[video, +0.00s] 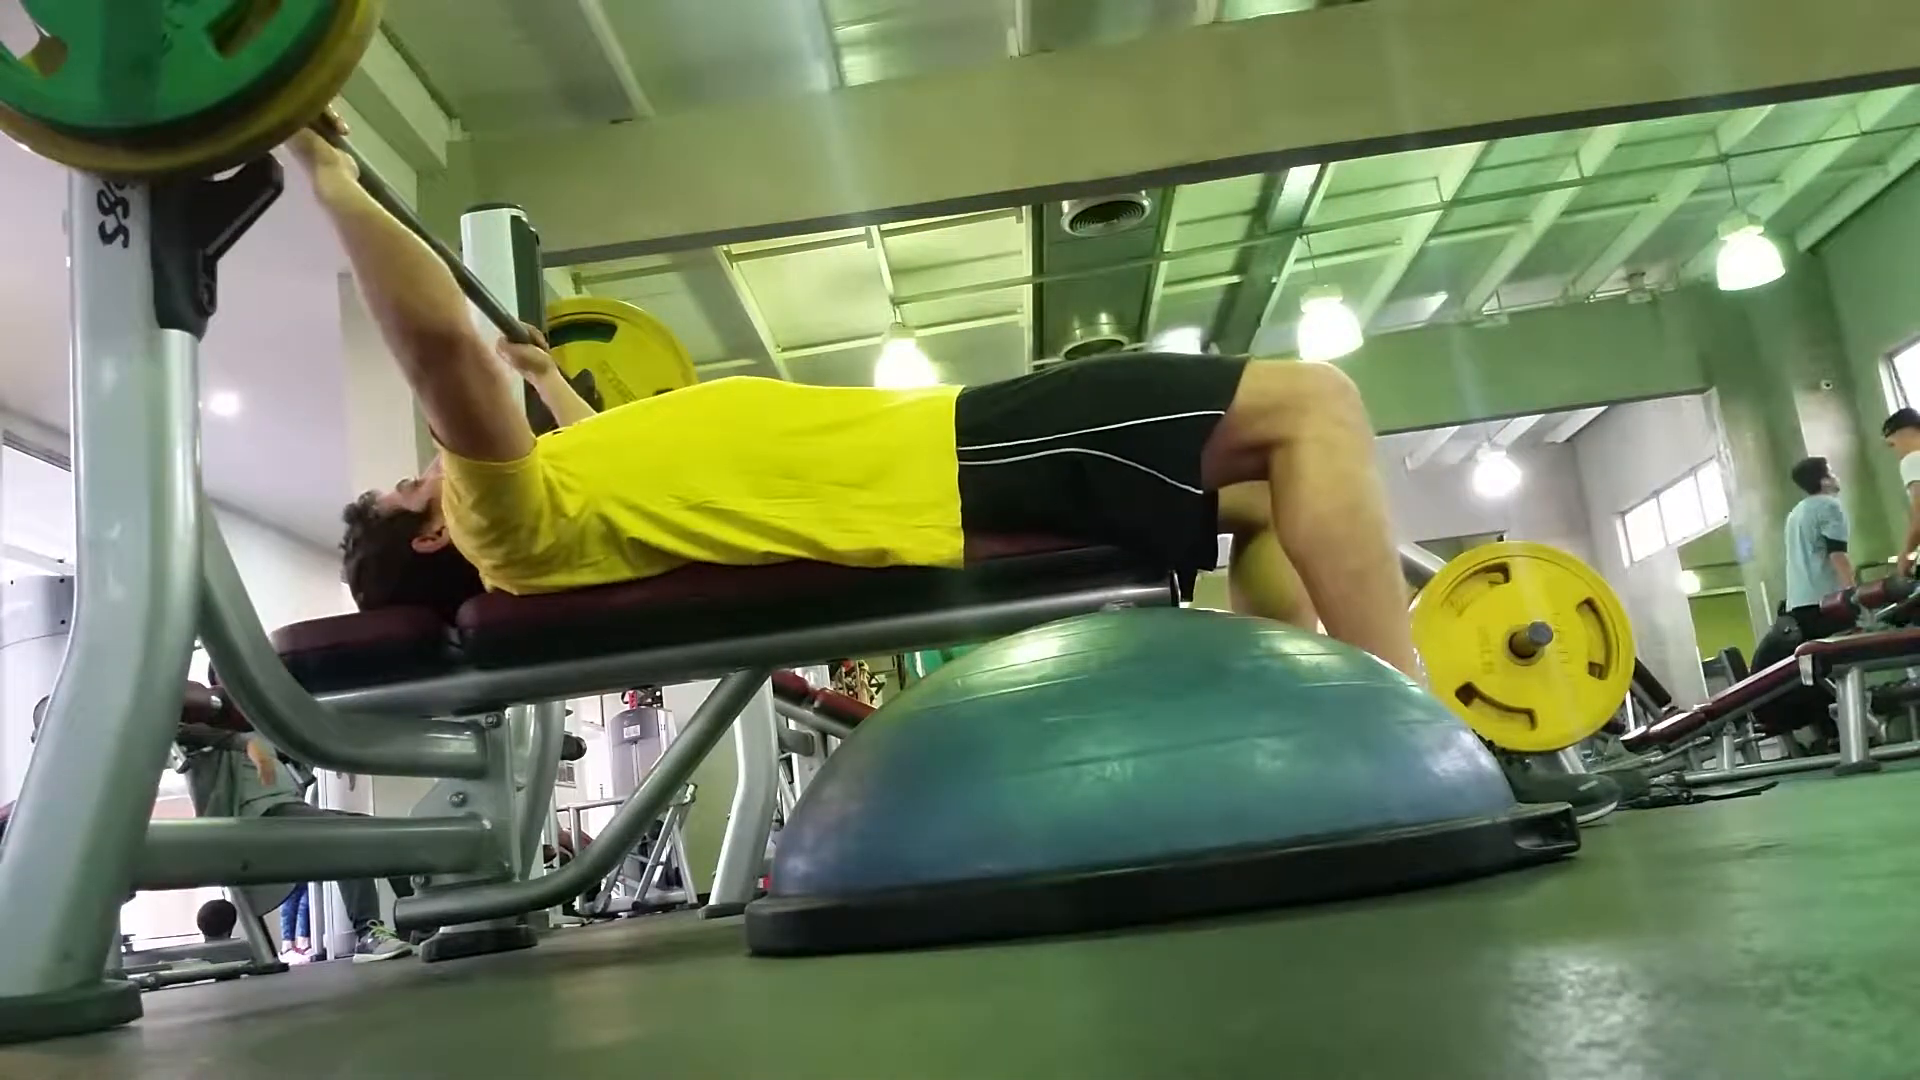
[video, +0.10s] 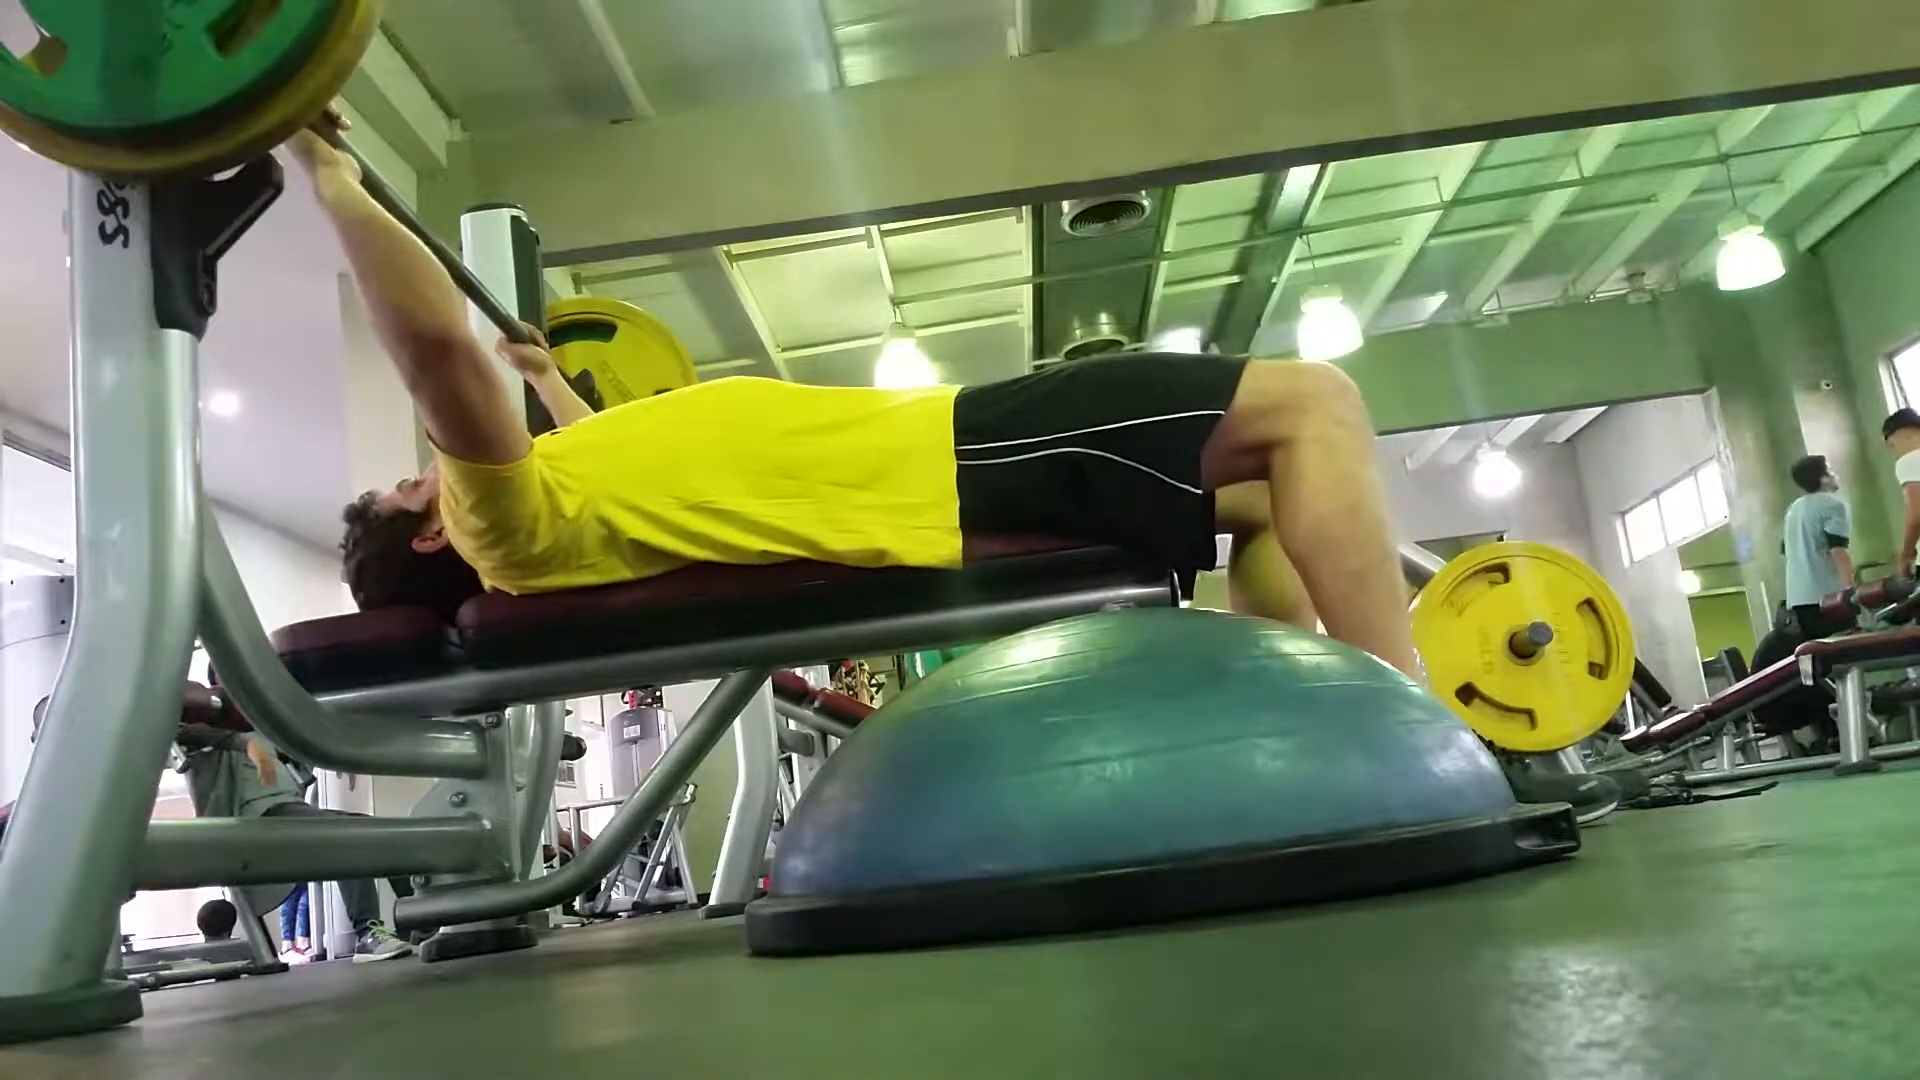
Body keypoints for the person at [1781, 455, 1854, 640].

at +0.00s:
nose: (1835, 476)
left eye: (1831, 471)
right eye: (1830, 472)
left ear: (1808, 485)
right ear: (1823, 480)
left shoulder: (1795, 513)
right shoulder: (1829, 505)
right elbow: (1837, 555)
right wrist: (1854, 596)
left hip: (1798, 605)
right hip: (1827, 603)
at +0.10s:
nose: (1835, 473)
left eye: (1830, 469)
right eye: (1829, 470)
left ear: (1806, 483)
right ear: (1822, 478)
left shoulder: (1793, 509)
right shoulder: (1833, 504)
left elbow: (1785, 549)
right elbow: (1838, 550)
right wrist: (1851, 592)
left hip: (1799, 602)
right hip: (1829, 599)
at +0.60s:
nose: (1818, 482)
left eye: (1814, 477)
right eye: (1813, 477)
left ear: (1790, 489)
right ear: (1807, 484)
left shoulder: (1780, 518)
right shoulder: (1816, 511)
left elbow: (1775, 559)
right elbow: (1821, 558)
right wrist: (1843, 593)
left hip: (1792, 606)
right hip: (1820, 602)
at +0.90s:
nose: (1820, 478)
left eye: (1816, 473)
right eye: (1815, 474)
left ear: (1792, 485)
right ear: (1808, 480)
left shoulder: (1782, 514)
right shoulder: (1816, 507)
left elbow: (1780, 559)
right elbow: (1821, 556)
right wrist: (1843, 593)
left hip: (1795, 607)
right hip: (1822, 603)